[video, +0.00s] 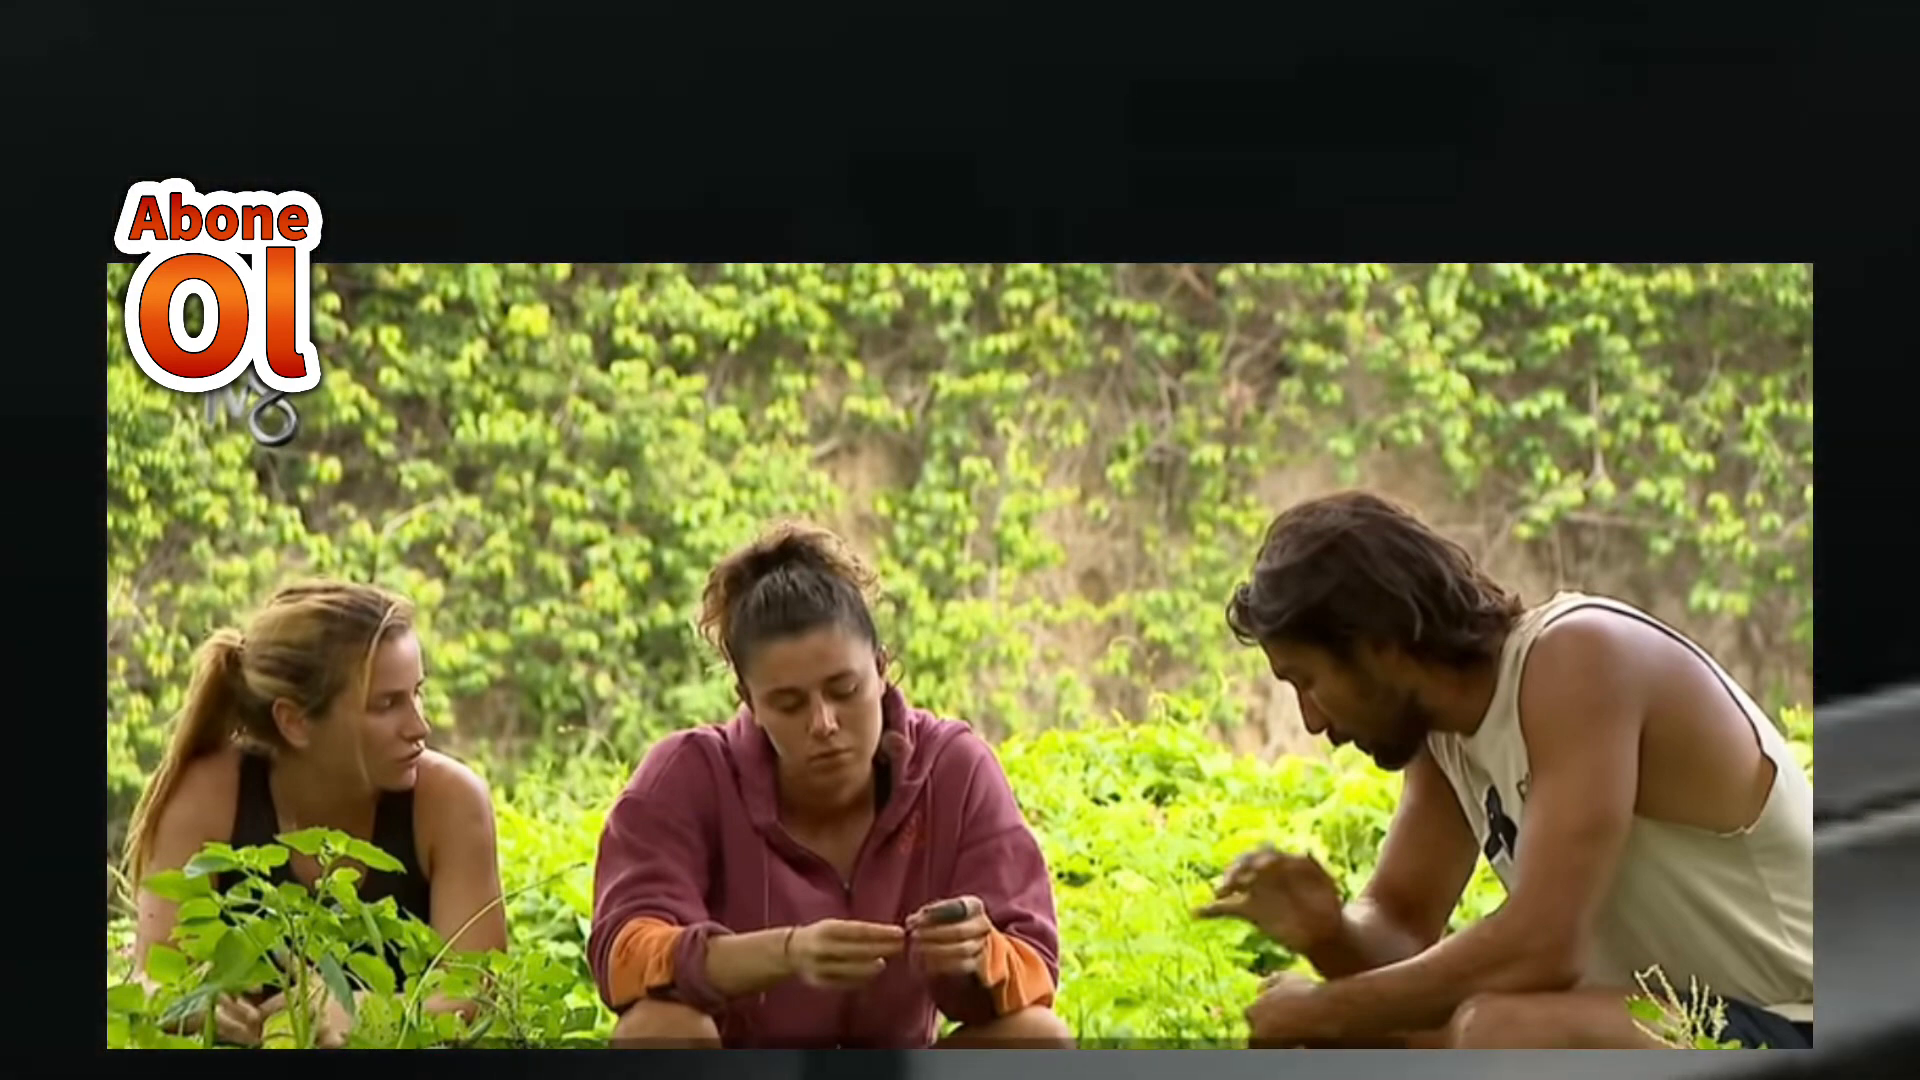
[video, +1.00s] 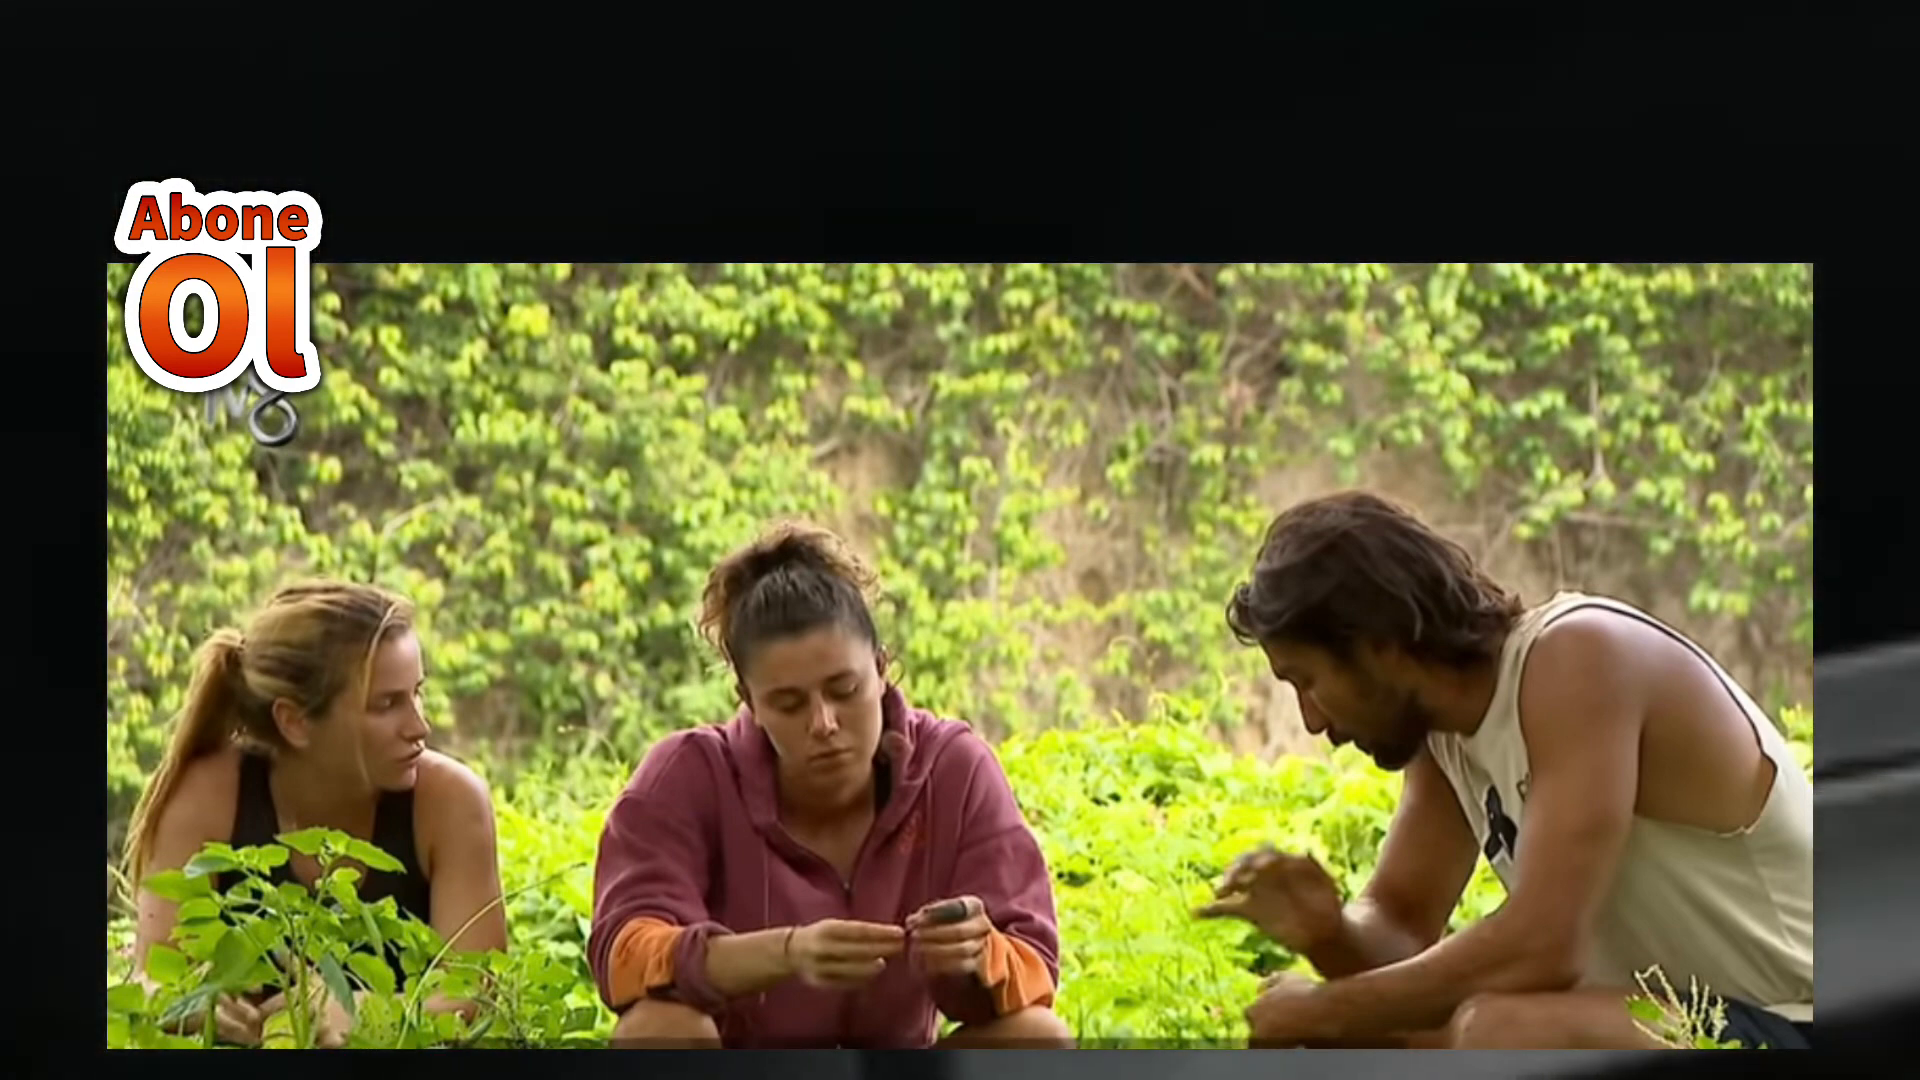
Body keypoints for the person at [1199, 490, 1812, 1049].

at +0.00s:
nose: (1310, 723)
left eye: (1305, 686)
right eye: (1295, 693)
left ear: (1385, 643)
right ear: (1385, 645)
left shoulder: (1584, 656)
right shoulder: (1451, 730)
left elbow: (1540, 950)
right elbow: (1403, 925)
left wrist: (1327, 1015)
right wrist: (1330, 934)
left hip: (1789, 1016)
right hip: (1653, 1002)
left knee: (1502, 1025)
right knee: (1386, 1025)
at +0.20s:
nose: (1310, 723)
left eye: (1305, 686)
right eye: (1295, 693)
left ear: (1385, 643)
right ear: (1385, 645)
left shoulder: (1584, 656)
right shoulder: (1451, 730)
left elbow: (1540, 950)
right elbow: (1402, 926)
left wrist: (1326, 1015)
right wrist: (1330, 934)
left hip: (1788, 1017)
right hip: (1652, 1002)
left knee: (1502, 1025)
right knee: (1380, 1024)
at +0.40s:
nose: (1310, 723)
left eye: (1305, 686)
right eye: (1295, 693)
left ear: (1385, 643)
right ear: (1386, 645)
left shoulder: (1584, 656)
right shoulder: (1451, 730)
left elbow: (1540, 950)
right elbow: (1403, 925)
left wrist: (1326, 1015)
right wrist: (1330, 935)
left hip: (1789, 1018)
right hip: (1653, 1003)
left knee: (1502, 1025)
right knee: (1382, 1024)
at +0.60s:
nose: (1310, 723)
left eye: (1305, 686)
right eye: (1295, 693)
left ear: (1385, 643)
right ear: (1385, 645)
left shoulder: (1584, 656)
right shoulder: (1451, 731)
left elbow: (1540, 950)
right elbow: (1402, 926)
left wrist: (1326, 1015)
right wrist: (1330, 934)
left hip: (1789, 1017)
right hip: (1654, 1002)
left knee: (1502, 1025)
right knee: (1378, 1024)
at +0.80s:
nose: (1310, 723)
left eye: (1305, 686)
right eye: (1295, 693)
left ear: (1385, 643)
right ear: (1385, 644)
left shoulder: (1584, 656)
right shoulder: (1451, 730)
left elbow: (1540, 950)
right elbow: (1402, 925)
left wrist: (1326, 1015)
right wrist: (1330, 934)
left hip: (1788, 1016)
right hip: (1652, 1002)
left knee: (1502, 1025)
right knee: (1379, 1025)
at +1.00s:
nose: (1310, 723)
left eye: (1305, 686)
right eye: (1295, 692)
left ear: (1385, 642)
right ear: (1385, 644)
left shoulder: (1584, 656)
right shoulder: (1451, 732)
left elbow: (1540, 950)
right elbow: (1402, 924)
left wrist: (1324, 1015)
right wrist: (1330, 934)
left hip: (1791, 1012)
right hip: (1656, 1001)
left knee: (1501, 1024)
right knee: (1382, 1027)